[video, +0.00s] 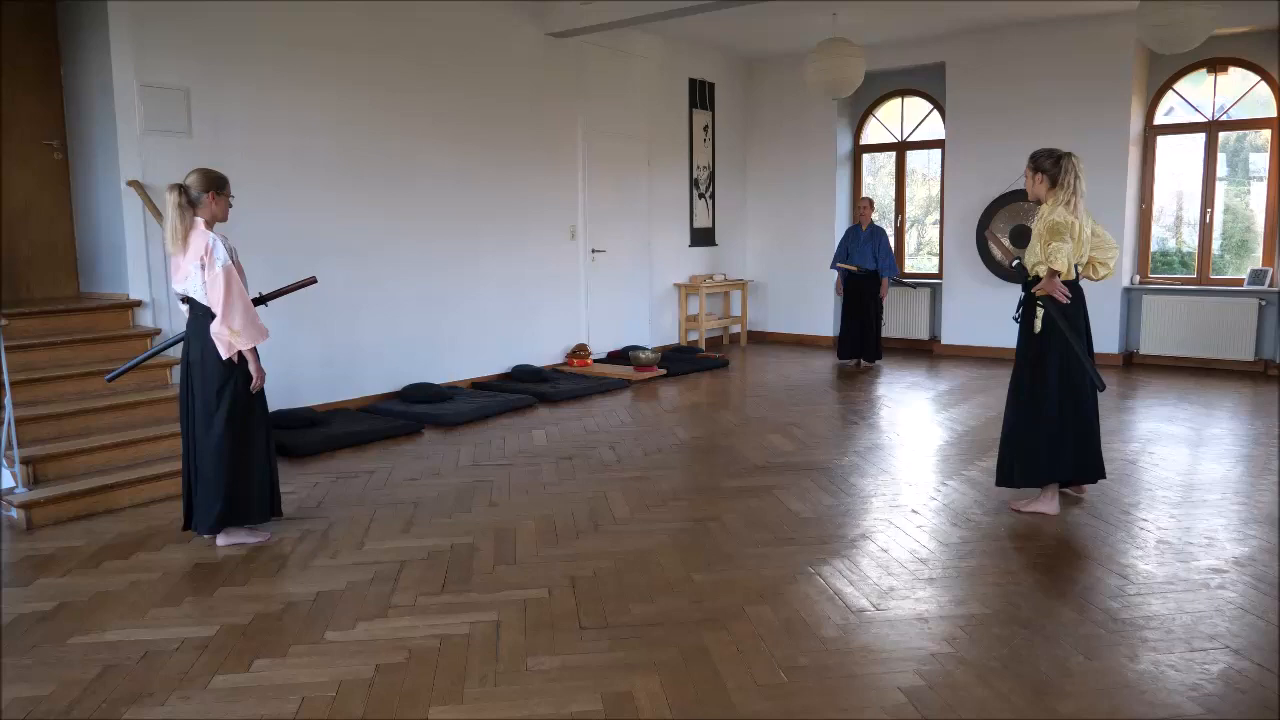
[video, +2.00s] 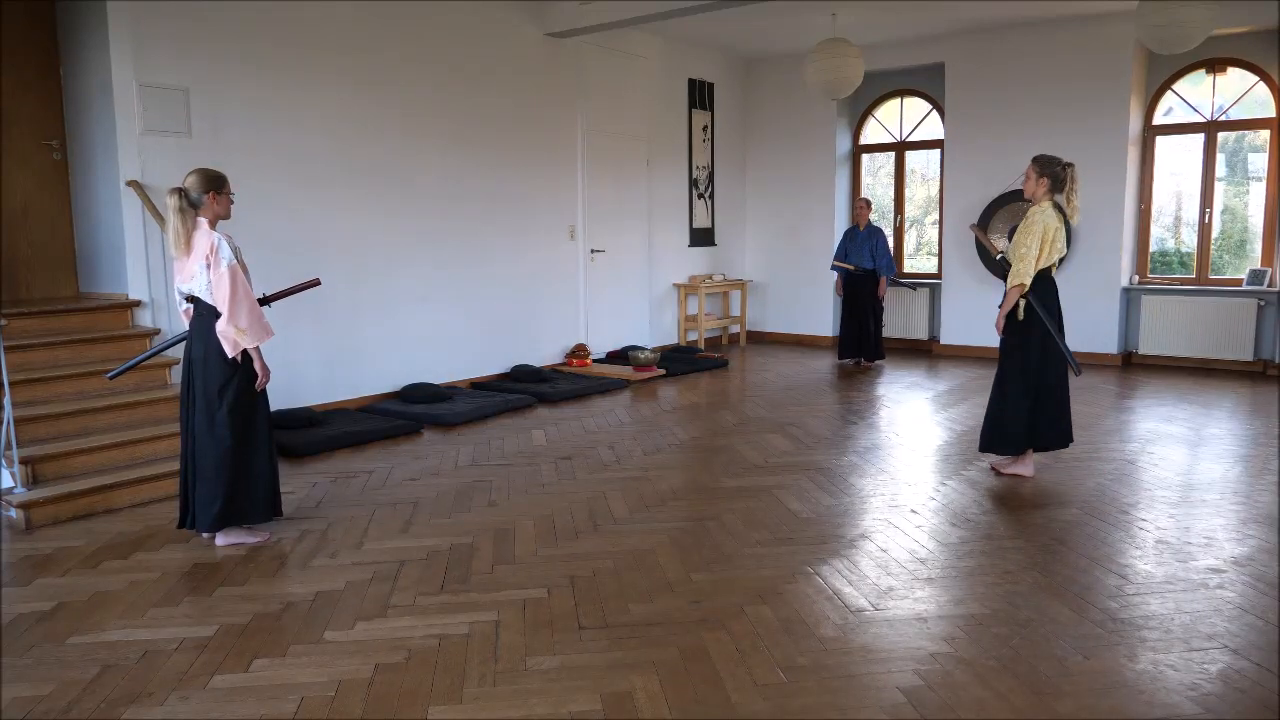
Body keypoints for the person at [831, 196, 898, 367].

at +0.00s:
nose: (861, 211)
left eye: (864, 208)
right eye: (859, 208)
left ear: (871, 210)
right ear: (856, 210)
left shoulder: (879, 233)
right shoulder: (850, 232)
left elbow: (885, 260)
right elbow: (841, 257)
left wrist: (884, 284)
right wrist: (839, 278)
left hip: (871, 278)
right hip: (852, 278)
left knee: (870, 318)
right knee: (852, 317)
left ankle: (869, 357)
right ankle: (854, 356)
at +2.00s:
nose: (858, 210)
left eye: (862, 208)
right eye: (856, 208)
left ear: (869, 210)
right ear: (853, 210)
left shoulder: (876, 232)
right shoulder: (849, 233)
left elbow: (883, 258)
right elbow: (841, 257)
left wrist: (883, 281)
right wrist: (839, 279)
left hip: (870, 278)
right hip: (851, 278)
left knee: (869, 317)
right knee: (853, 316)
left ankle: (869, 357)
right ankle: (856, 355)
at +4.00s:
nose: (858, 212)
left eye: (861, 209)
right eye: (856, 209)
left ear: (869, 211)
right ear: (853, 211)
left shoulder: (877, 233)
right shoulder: (849, 233)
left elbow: (884, 260)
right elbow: (840, 257)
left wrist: (883, 284)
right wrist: (838, 279)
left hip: (870, 279)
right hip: (851, 279)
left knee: (870, 318)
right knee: (851, 318)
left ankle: (870, 358)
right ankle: (853, 356)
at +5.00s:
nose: (835, 214)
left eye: (838, 211)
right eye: (833, 212)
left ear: (847, 214)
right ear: (832, 214)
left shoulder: (856, 236)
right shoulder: (826, 235)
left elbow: (864, 262)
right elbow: (818, 260)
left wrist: (865, 286)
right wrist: (816, 282)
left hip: (850, 283)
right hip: (829, 283)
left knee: (852, 322)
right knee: (826, 321)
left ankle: (854, 360)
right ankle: (825, 359)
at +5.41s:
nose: (815, 215)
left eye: (818, 212)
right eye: (813, 212)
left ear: (827, 213)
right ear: (811, 214)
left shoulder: (836, 236)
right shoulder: (807, 235)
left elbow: (844, 262)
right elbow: (798, 260)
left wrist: (844, 288)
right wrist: (795, 283)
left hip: (830, 283)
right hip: (810, 283)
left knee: (830, 323)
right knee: (810, 322)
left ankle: (832, 361)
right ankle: (813, 360)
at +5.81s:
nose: (798, 215)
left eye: (801, 212)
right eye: (796, 212)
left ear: (811, 213)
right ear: (794, 214)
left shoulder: (820, 236)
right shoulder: (790, 236)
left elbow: (829, 264)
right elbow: (781, 262)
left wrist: (830, 289)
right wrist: (779, 286)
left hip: (813, 284)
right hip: (794, 284)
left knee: (809, 324)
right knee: (792, 324)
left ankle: (804, 365)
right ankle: (790, 364)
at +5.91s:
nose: (794, 215)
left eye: (797, 212)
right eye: (792, 212)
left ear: (807, 213)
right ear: (790, 214)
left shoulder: (817, 236)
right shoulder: (786, 236)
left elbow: (825, 264)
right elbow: (777, 262)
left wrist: (826, 288)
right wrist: (775, 286)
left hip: (810, 284)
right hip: (790, 283)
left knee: (806, 324)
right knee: (788, 324)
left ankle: (803, 365)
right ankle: (786, 364)